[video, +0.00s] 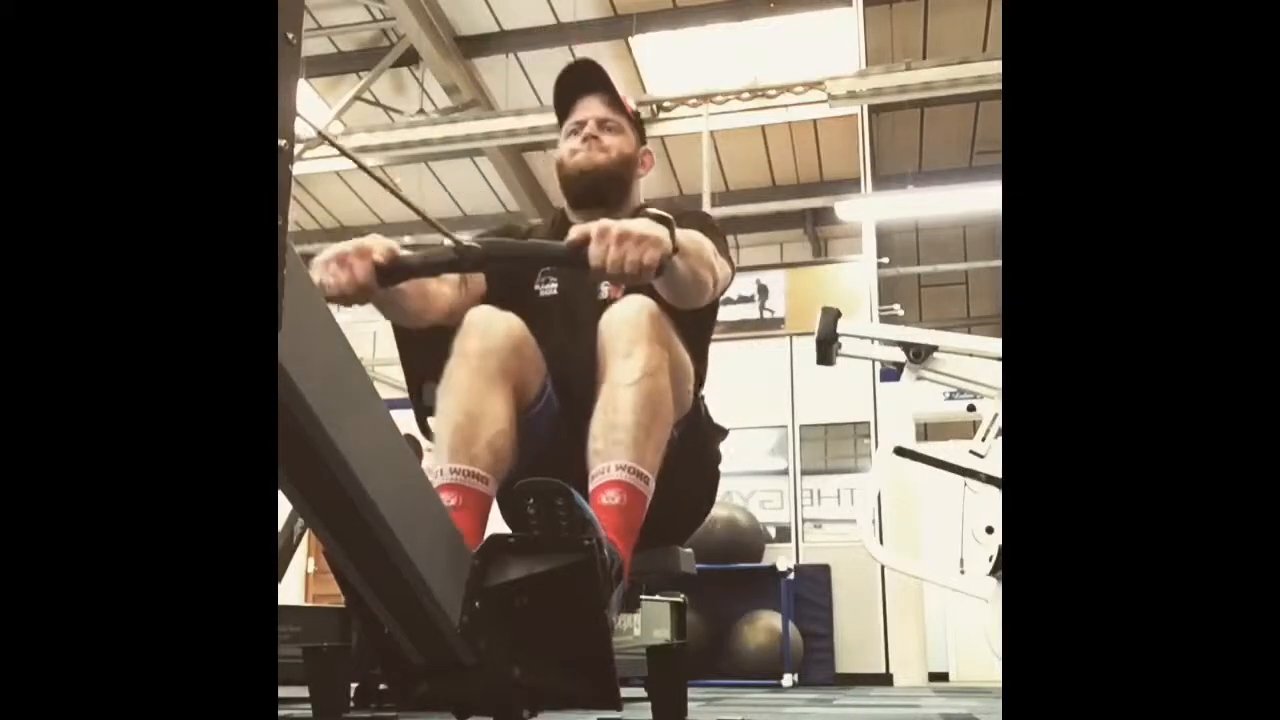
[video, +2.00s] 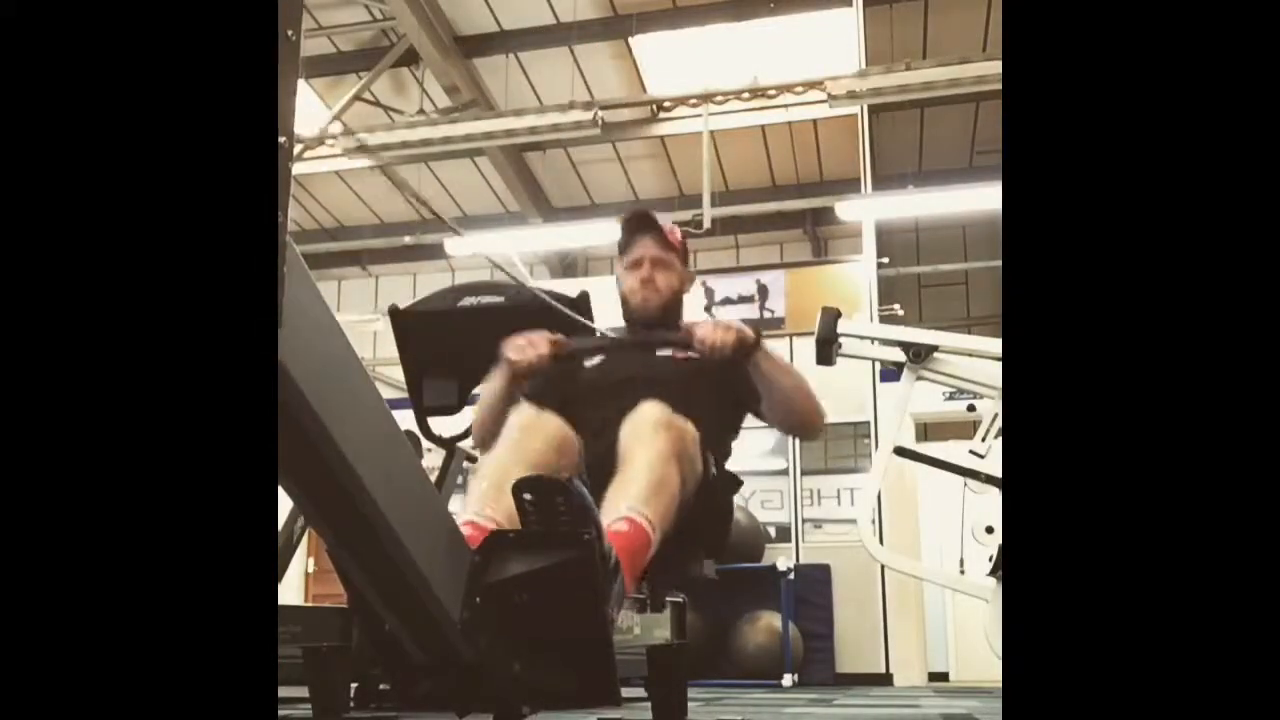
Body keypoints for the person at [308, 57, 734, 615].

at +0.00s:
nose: (588, 134)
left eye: (608, 127)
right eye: (574, 131)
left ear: (643, 159)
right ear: (557, 164)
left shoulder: (683, 228)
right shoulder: (518, 244)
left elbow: (702, 284)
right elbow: (445, 293)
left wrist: (663, 248)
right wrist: (383, 280)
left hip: (656, 475)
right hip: (537, 474)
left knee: (635, 317)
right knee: (485, 327)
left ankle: (606, 562)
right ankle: (448, 563)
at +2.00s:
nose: (647, 274)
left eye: (662, 265)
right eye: (635, 265)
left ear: (685, 279)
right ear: (619, 278)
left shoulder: (719, 352)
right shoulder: (576, 353)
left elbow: (809, 424)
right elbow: (484, 440)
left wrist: (750, 350)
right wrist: (508, 371)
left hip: (687, 507)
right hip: (573, 499)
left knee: (654, 420)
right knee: (535, 419)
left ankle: (609, 571)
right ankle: (469, 550)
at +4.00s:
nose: (658, 289)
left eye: (672, 279)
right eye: (647, 279)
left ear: (697, 292)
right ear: (633, 290)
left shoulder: (726, 355)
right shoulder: (596, 360)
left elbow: (804, 421)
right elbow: (514, 432)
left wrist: (753, 371)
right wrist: (526, 392)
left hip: (697, 499)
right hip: (596, 493)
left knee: (663, 475)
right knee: (538, 485)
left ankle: (608, 589)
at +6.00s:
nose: (647, 230)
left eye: (662, 222)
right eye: (636, 222)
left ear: (689, 238)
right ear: (622, 236)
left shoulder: (717, 303)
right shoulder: (590, 313)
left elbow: (764, 359)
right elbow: (514, 364)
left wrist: (728, 314)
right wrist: (490, 331)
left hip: (688, 476)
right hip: (582, 471)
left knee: (666, 424)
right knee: (521, 428)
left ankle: (609, 572)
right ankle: (451, 556)